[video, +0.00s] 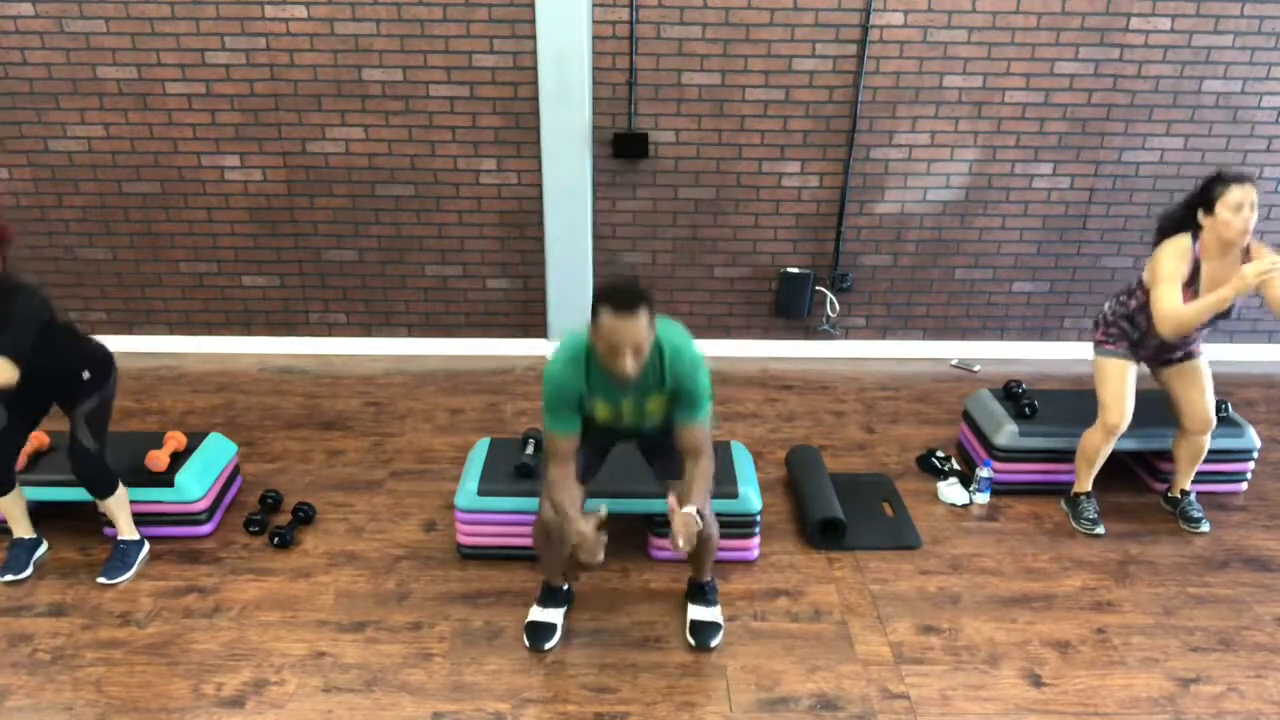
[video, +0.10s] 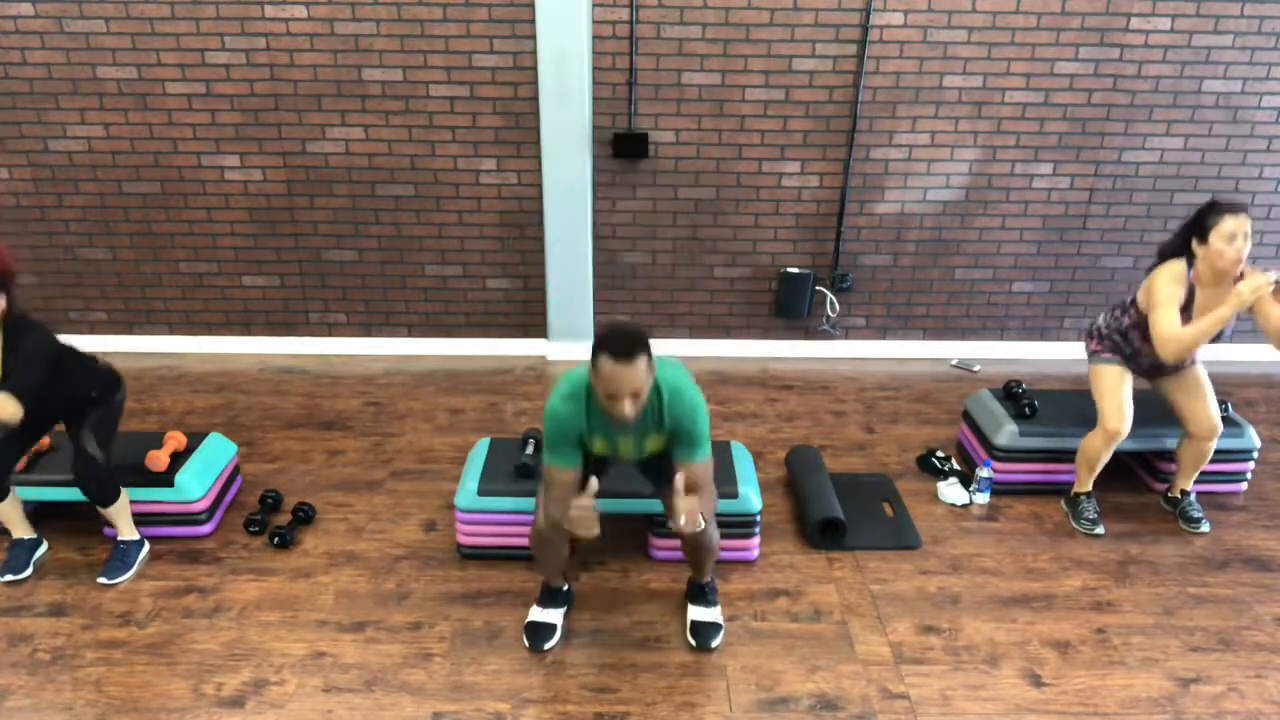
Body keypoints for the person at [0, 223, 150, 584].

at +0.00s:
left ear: (4, 260)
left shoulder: (21, 301)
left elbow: (8, 373)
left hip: (86, 373)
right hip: (35, 378)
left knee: (86, 461)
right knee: (1, 459)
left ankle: (130, 539)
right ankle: (25, 539)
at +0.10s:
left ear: (4, 299)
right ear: (2, 300)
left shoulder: (26, 334)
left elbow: (10, 409)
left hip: (94, 392)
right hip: (43, 401)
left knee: (89, 469)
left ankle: (131, 539)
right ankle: (24, 539)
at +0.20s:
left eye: (0, 333)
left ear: (8, 336)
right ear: (5, 336)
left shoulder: (37, 367)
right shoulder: (5, 374)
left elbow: (16, 442)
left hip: (102, 409)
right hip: (52, 417)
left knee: (89, 479)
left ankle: (131, 539)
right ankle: (25, 539)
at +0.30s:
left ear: (7, 355)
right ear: (5, 357)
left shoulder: (37, 380)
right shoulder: (6, 386)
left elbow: (16, 458)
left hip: (108, 421)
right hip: (59, 431)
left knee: (87, 478)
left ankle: (131, 540)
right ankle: (25, 539)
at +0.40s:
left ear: (5, 348)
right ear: (5, 349)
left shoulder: (32, 375)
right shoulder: (7, 378)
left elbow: (13, 449)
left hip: (104, 418)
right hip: (55, 426)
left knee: (85, 486)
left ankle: (130, 540)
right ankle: (25, 539)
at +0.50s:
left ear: (3, 324)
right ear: (4, 324)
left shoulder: (19, 356)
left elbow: (10, 428)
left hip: (95, 407)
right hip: (47, 416)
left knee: (81, 482)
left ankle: (130, 540)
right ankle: (25, 538)